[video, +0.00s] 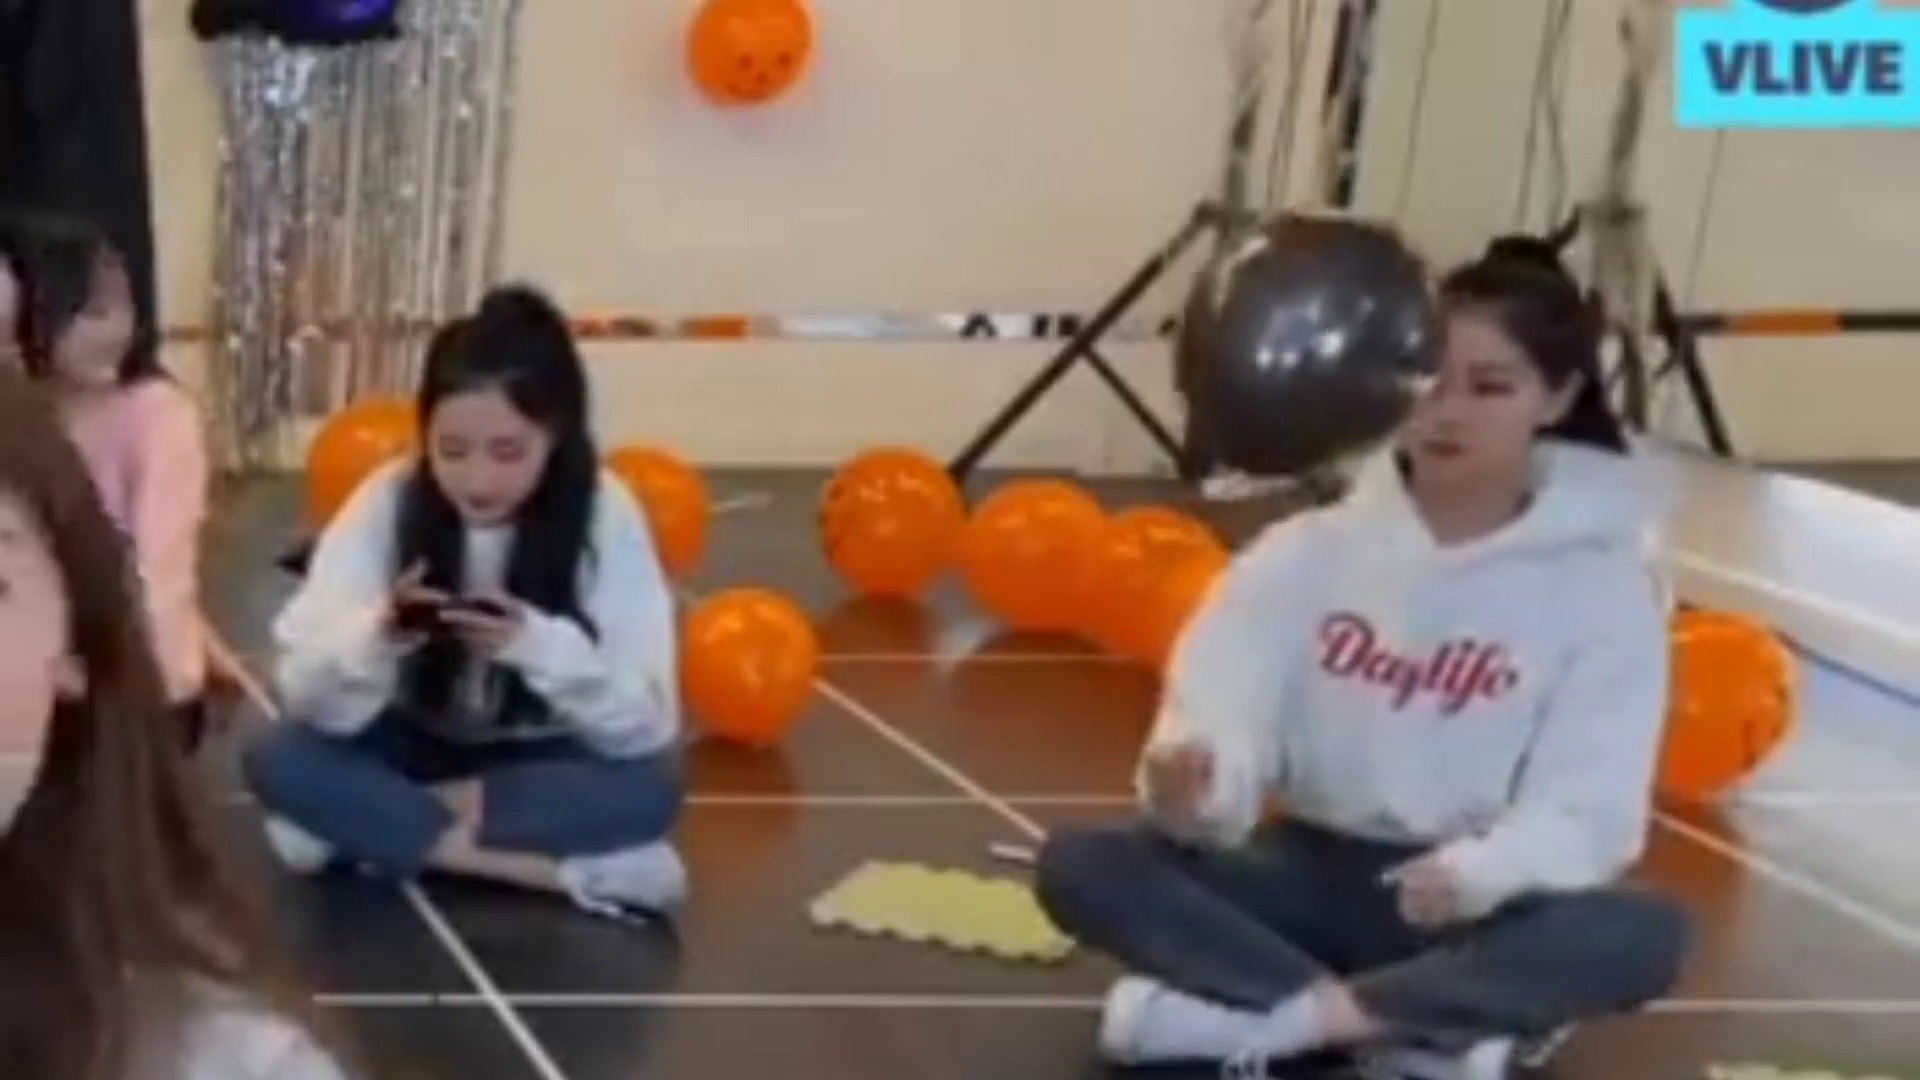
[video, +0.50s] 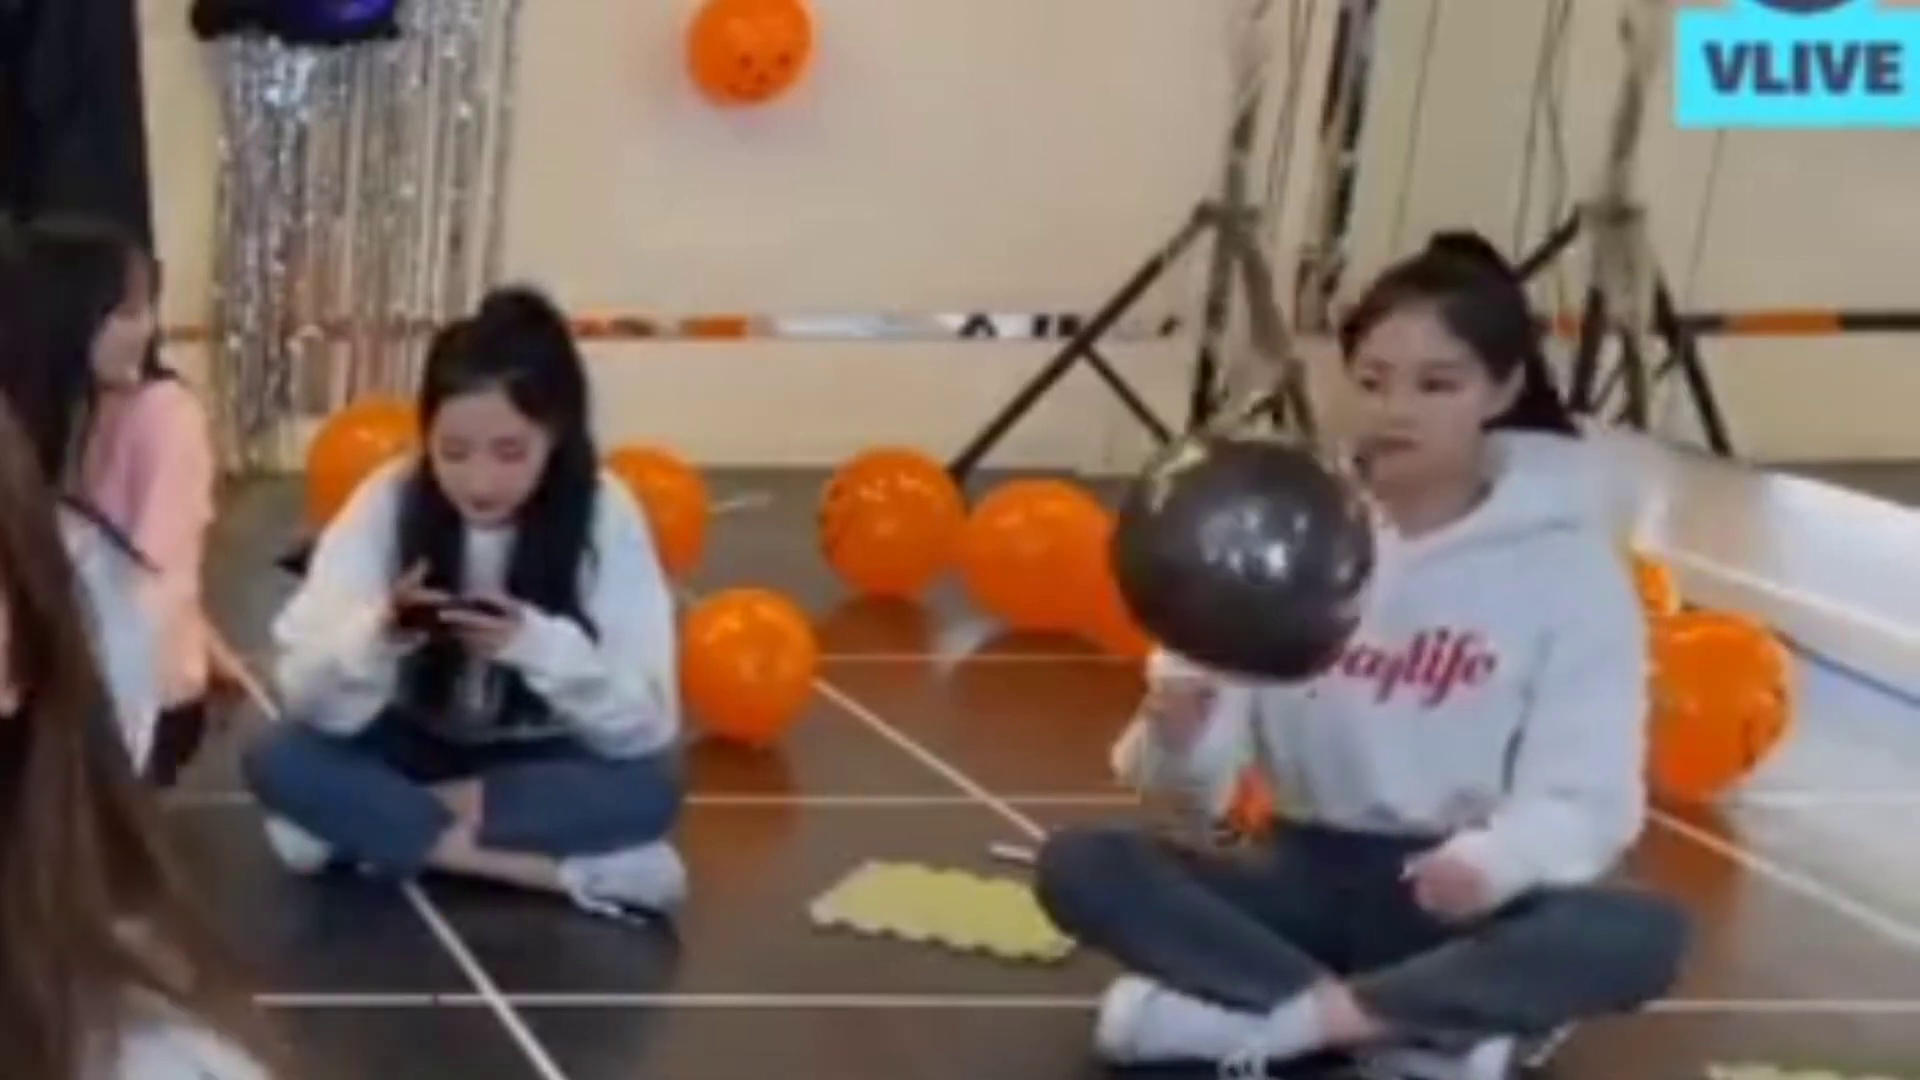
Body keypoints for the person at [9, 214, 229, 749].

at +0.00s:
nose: (117, 332)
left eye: (125, 310)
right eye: (92, 312)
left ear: (138, 315)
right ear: (42, 323)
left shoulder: (159, 411)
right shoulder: (28, 413)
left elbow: (165, 561)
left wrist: (180, 675)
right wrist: (183, 679)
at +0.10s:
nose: (131, 332)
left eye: (134, 313)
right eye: (107, 314)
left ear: (145, 317)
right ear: (55, 319)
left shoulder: (160, 412)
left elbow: (166, 571)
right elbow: (165, 571)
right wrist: (185, 687)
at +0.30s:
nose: (138, 330)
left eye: (141, 311)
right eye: (117, 313)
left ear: (152, 316)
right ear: (65, 320)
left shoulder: (164, 412)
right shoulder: (51, 415)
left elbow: (161, 574)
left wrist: (127, 711)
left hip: (155, 698)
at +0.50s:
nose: (143, 330)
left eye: (144, 311)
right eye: (124, 314)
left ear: (154, 315)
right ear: (75, 321)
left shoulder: (166, 413)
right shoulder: (66, 409)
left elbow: (157, 578)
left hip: (154, 696)